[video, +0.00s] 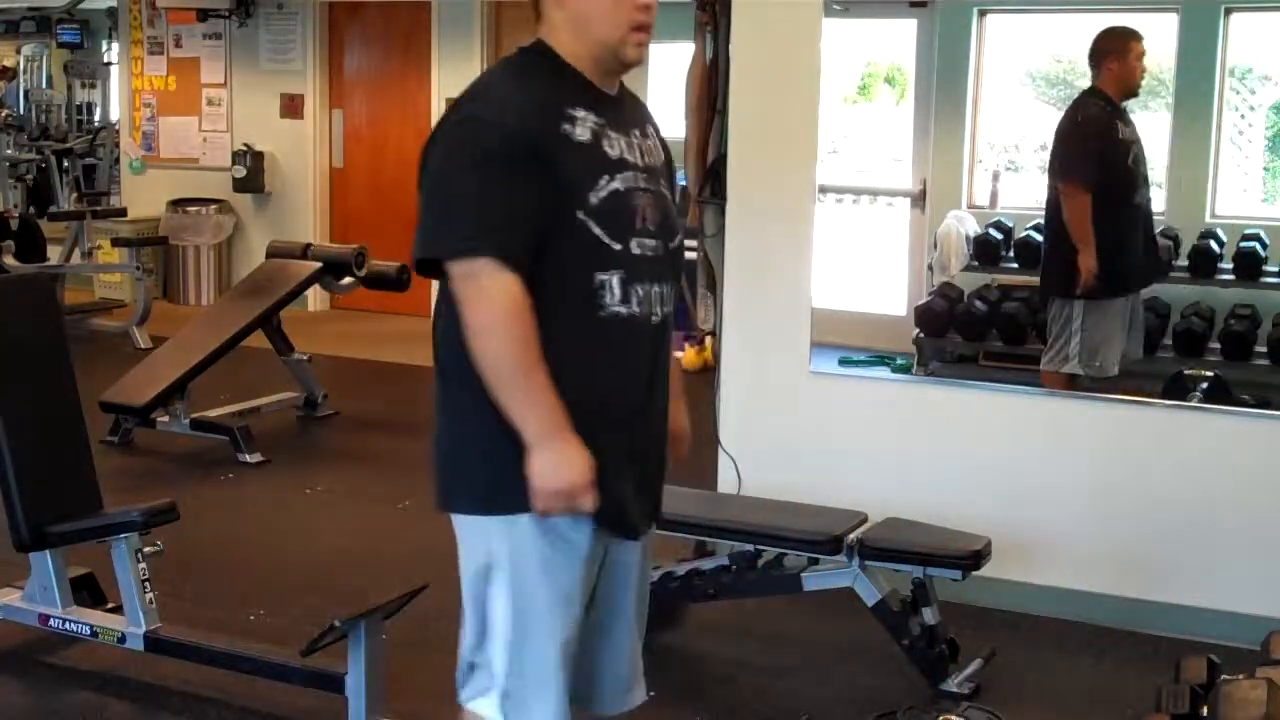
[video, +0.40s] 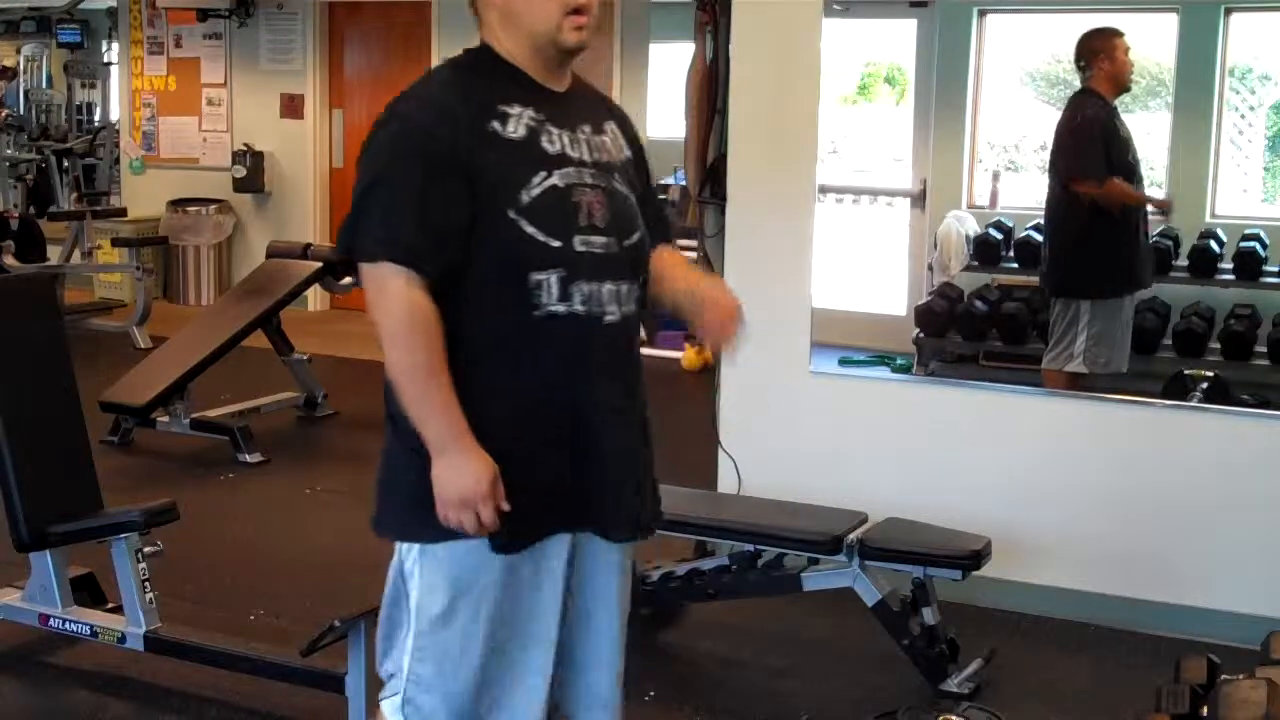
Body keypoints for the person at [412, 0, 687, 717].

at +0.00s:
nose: (649, 8)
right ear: (561, 2)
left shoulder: (636, 122)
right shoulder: (497, 112)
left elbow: (648, 276)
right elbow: (481, 279)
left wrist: (666, 391)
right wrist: (548, 436)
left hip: (618, 454)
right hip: (519, 465)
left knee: (602, 694)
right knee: (517, 700)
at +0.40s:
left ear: (600, 3)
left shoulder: (608, 121)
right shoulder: (430, 116)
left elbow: (643, 248)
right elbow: (390, 280)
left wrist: (692, 289)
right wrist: (450, 447)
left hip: (601, 475)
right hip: (481, 487)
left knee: (583, 701)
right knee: (457, 702)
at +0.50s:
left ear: (571, 3)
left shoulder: (587, 120)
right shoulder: (413, 113)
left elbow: (629, 270)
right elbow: (378, 285)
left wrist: (651, 236)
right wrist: (450, 448)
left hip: (579, 483)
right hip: (457, 495)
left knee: (568, 701)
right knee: (440, 703)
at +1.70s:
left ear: (601, 2)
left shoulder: (617, 118)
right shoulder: (434, 119)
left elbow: (650, 265)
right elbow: (409, 299)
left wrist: (693, 341)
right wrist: (499, 461)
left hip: (623, 498)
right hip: (491, 518)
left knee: (604, 709)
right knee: (468, 709)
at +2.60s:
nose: (633, 19)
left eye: (638, 3)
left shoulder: (610, 124)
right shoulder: (446, 125)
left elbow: (629, 313)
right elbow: (425, 331)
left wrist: (665, 449)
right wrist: (489, 524)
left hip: (636, 544)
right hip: (506, 568)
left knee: (652, 707)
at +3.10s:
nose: (650, 8)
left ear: (665, 7)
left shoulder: (653, 122)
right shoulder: (476, 130)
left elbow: (677, 306)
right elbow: (451, 326)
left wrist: (697, 442)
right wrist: (479, 515)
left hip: (656, 535)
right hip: (539, 553)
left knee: (620, 706)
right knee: (537, 708)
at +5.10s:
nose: (694, 117)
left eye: (711, 101)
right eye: (690, 90)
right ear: (626, 40)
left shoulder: (647, 153)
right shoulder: (483, 151)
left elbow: (641, 321)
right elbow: (422, 350)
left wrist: (663, 445)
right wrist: (416, 530)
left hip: (622, 556)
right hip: (482, 576)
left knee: (638, 713)